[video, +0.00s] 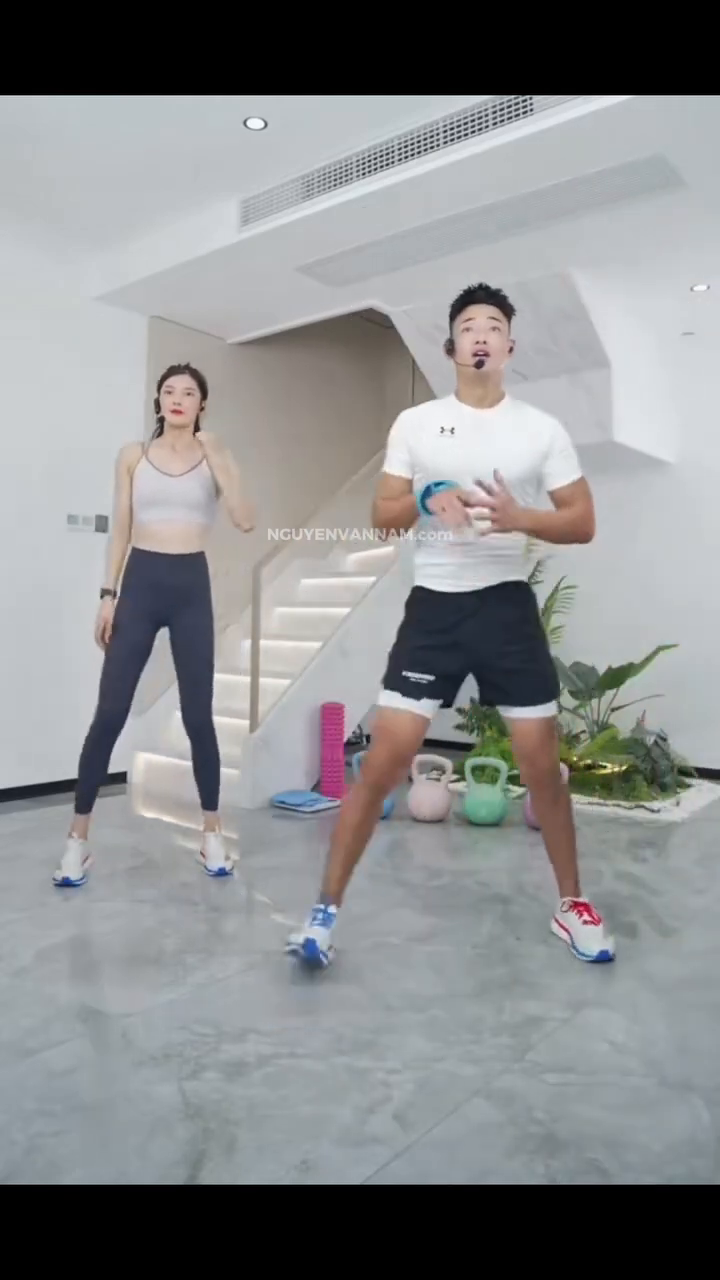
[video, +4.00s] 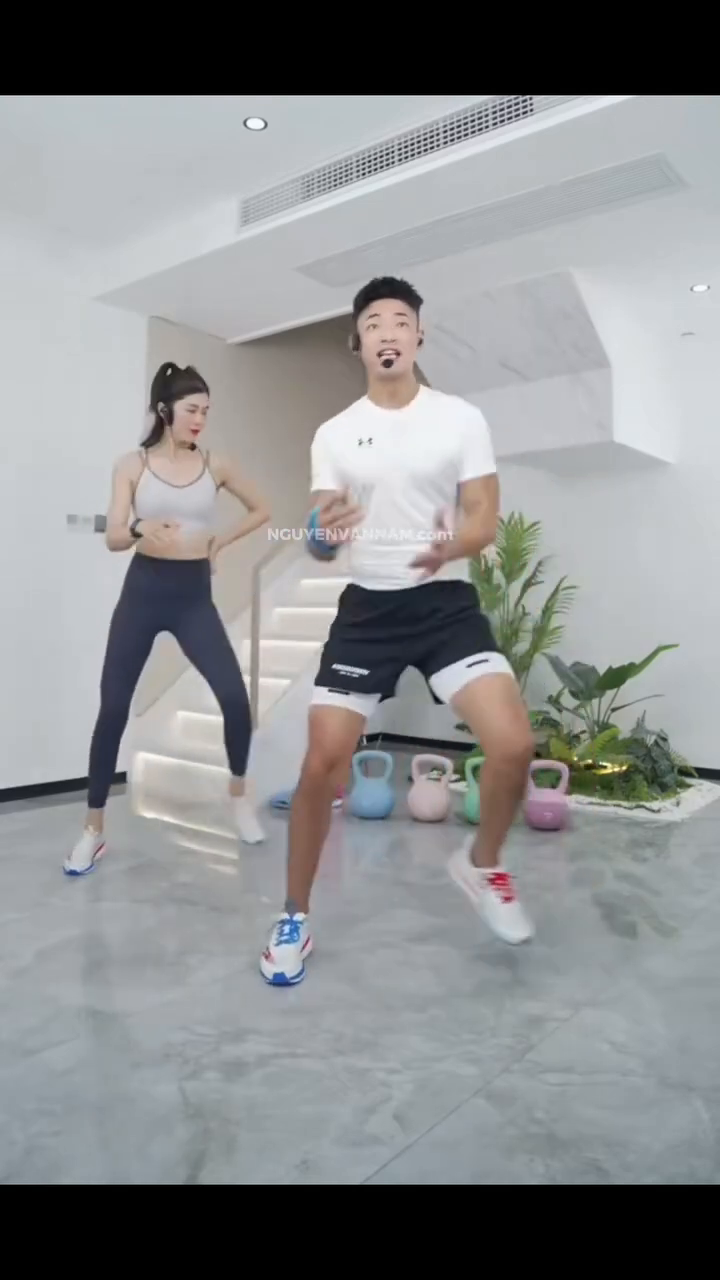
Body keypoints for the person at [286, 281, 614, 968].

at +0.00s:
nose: (480, 337)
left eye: (492, 328)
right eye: (469, 328)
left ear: (510, 345)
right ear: (450, 346)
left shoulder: (539, 429)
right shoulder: (415, 425)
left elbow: (582, 525)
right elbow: (383, 514)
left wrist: (518, 516)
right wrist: (428, 503)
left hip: (508, 608)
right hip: (432, 609)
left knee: (542, 761)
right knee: (383, 759)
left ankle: (572, 904)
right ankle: (325, 912)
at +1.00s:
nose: (495, 321)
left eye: (509, 306)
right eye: (480, 309)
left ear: (531, 319)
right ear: (459, 325)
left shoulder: (573, 404)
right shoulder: (432, 418)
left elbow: (642, 499)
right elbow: (418, 521)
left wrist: (603, 538)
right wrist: (430, 545)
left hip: (565, 609)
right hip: (473, 613)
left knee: (603, 785)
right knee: (375, 746)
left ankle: (624, 968)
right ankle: (343, 909)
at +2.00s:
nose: (385, 332)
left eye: (399, 319)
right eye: (373, 319)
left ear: (421, 326)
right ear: (357, 325)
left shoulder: (454, 406)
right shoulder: (321, 393)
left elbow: (499, 473)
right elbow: (263, 448)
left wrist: (472, 547)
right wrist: (270, 508)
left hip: (411, 582)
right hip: (334, 580)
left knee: (411, 728)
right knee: (309, 746)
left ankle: (387, 863)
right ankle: (296, 894)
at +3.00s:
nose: (532, 393)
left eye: (545, 384)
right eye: (521, 380)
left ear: (558, 398)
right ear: (499, 388)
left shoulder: (574, 470)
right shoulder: (456, 462)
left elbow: (600, 546)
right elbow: (441, 538)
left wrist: (611, 604)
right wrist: (454, 595)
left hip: (554, 629)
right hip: (481, 630)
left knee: (586, 782)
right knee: (458, 763)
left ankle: (586, 902)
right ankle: (508, 875)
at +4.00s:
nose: (387, 335)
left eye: (400, 323)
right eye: (374, 325)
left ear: (420, 337)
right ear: (358, 343)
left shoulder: (460, 419)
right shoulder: (334, 435)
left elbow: (483, 522)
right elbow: (322, 541)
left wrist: (453, 546)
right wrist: (329, 532)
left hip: (446, 604)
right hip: (365, 610)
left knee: (514, 745)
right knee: (323, 761)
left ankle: (484, 864)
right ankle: (294, 917)